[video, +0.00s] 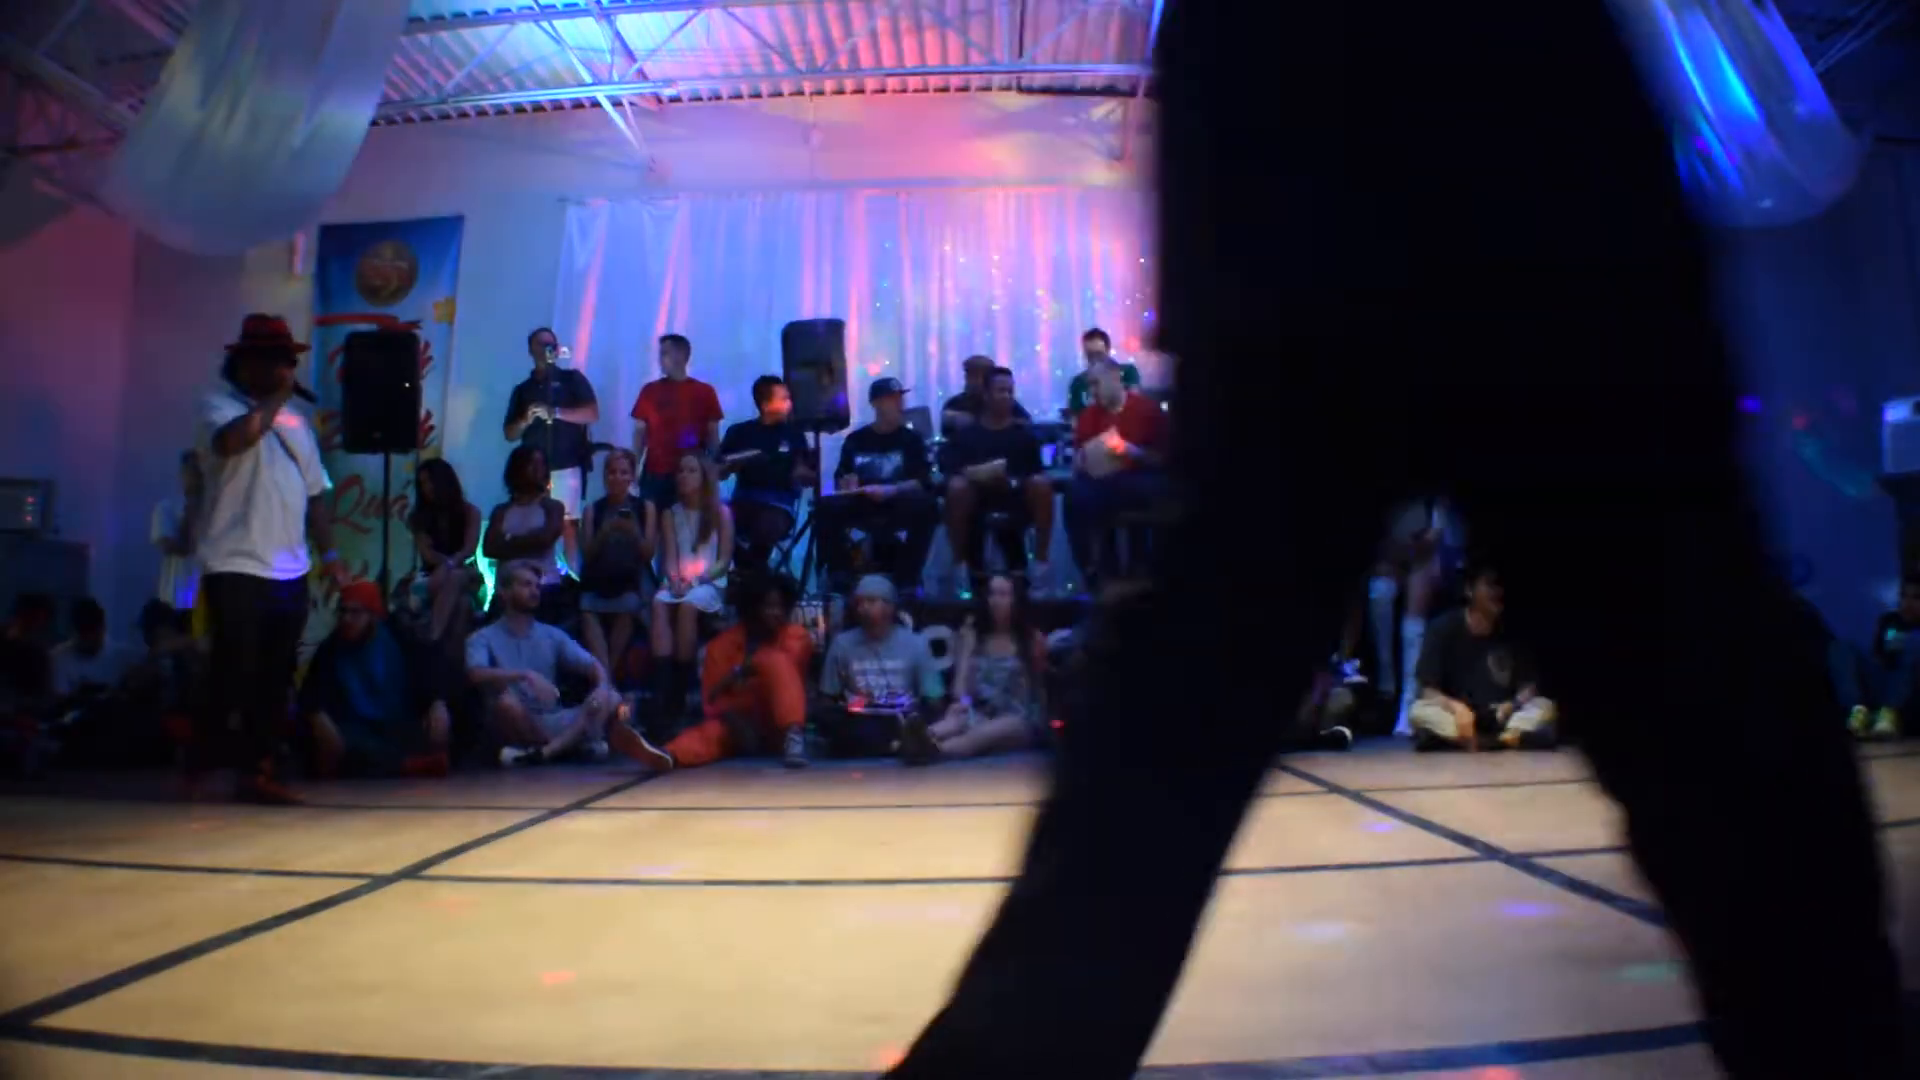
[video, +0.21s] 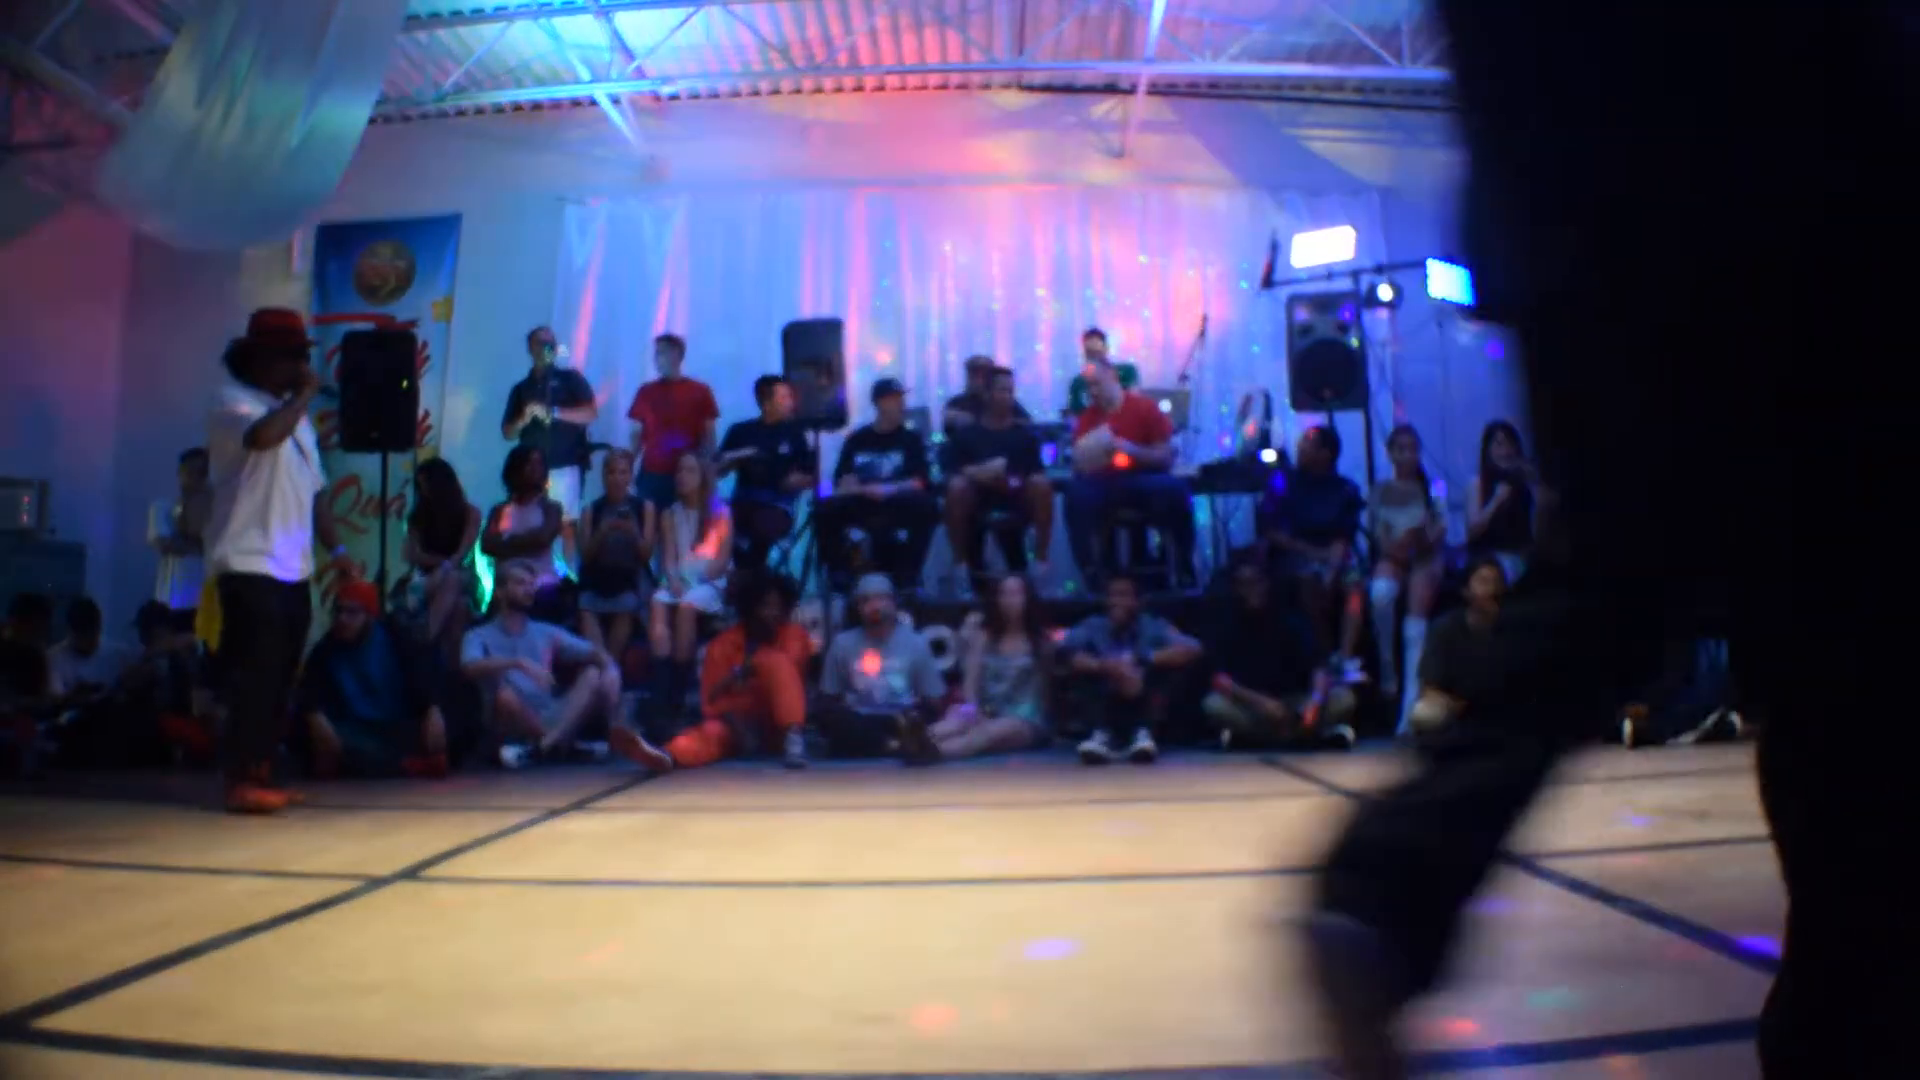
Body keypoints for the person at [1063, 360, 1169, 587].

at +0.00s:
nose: (1093, 391)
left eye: (1098, 383)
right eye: (1090, 385)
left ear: (1118, 380)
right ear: (1088, 387)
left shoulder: (1146, 410)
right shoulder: (1088, 417)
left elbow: (1160, 458)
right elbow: (1079, 461)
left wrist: (1126, 449)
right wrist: (1093, 453)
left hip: (1140, 481)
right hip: (1099, 481)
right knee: (1076, 500)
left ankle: (1141, 571)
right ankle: (1092, 574)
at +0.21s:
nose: (1092, 391)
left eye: (1096, 383)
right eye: (1088, 385)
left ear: (1113, 379)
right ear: (1085, 387)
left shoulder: (1144, 408)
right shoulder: (1088, 418)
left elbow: (1164, 456)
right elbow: (1079, 461)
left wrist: (1120, 446)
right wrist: (1096, 451)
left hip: (1142, 479)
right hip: (1102, 481)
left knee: (1174, 493)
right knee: (1076, 497)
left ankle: (1183, 568)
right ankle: (1090, 573)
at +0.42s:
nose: (1089, 394)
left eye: (1094, 386)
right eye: (1086, 387)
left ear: (1112, 382)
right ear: (1083, 389)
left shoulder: (1143, 409)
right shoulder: (1083, 422)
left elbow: (1163, 456)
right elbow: (1080, 464)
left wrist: (1116, 452)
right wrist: (1096, 454)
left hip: (1142, 480)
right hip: (1101, 482)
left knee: (1173, 495)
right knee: (1075, 497)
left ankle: (1181, 569)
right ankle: (1089, 573)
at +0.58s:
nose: (1087, 395)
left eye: (1092, 388)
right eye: (1083, 389)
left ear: (1110, 383)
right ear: (1081, 390)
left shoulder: (1143, 411)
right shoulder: (1083, 423)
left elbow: (1159, 458)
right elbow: (1078, 465)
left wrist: (1120, 456)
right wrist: (1101, 459)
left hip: (1140, 481)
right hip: (1100, 482)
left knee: (1171, 494)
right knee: (1075, 495)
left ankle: (1179, 567)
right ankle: (1089, 569)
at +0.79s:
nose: (1088, 396)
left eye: (1093, 389)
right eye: (1085, 390)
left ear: (1111, 385)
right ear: (1083, 391)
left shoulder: (1141, 411)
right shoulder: (1083, 423)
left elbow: (1160, 459)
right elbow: (1077, 464)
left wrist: (1123, 457)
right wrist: (1094, 462)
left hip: (1140, 483)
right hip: (1100, 485)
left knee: (1170, 495)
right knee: (1074, 497)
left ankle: (1178, 567)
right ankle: (1089, 571)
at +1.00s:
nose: (1085, 396)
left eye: (1089, 388)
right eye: (1082, 390)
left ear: (1108, 380)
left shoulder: (1145, 409)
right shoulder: (1085, 421)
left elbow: (1162, 459)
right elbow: (1079, 463)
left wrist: (1125, 458)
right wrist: (1098, 464)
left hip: (1141, 480)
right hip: (1101, 481)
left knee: (1173, 496)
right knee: (1076, 496)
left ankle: (1181, 569)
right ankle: (1089, 571)